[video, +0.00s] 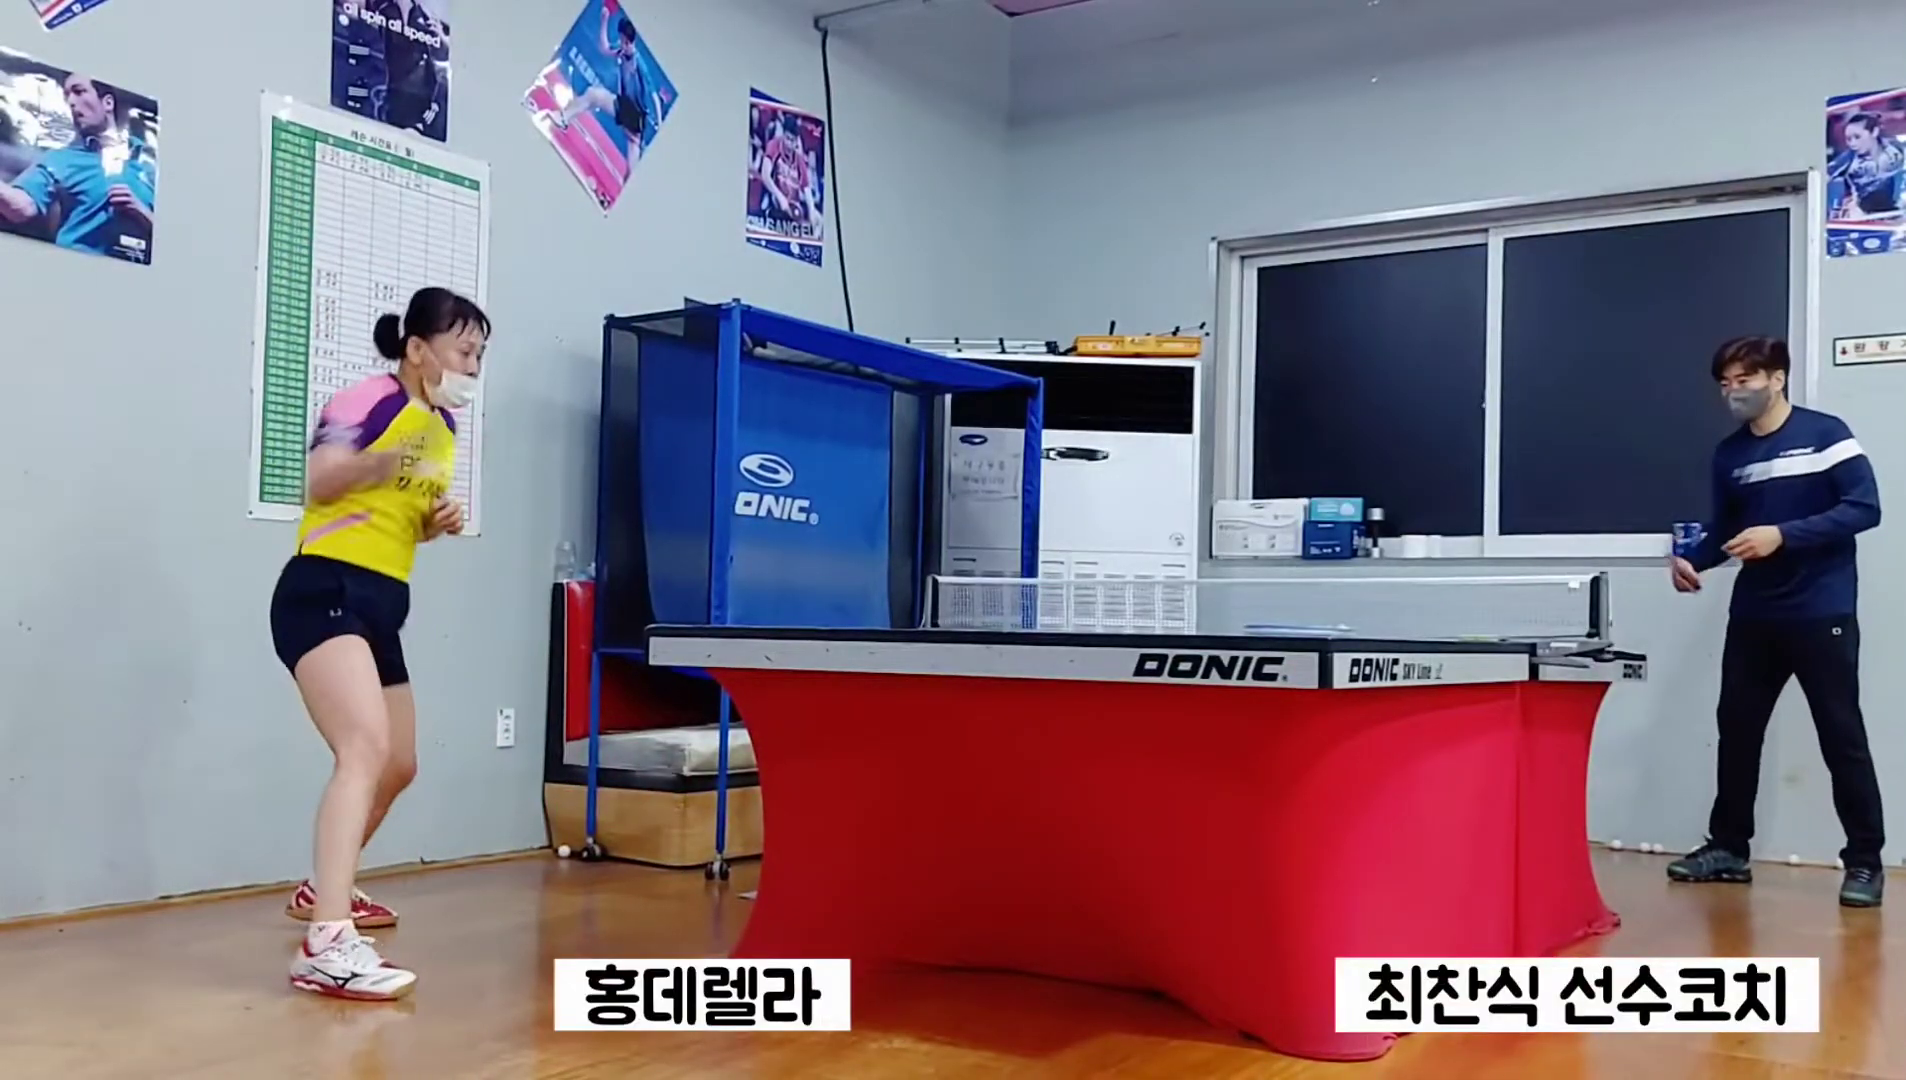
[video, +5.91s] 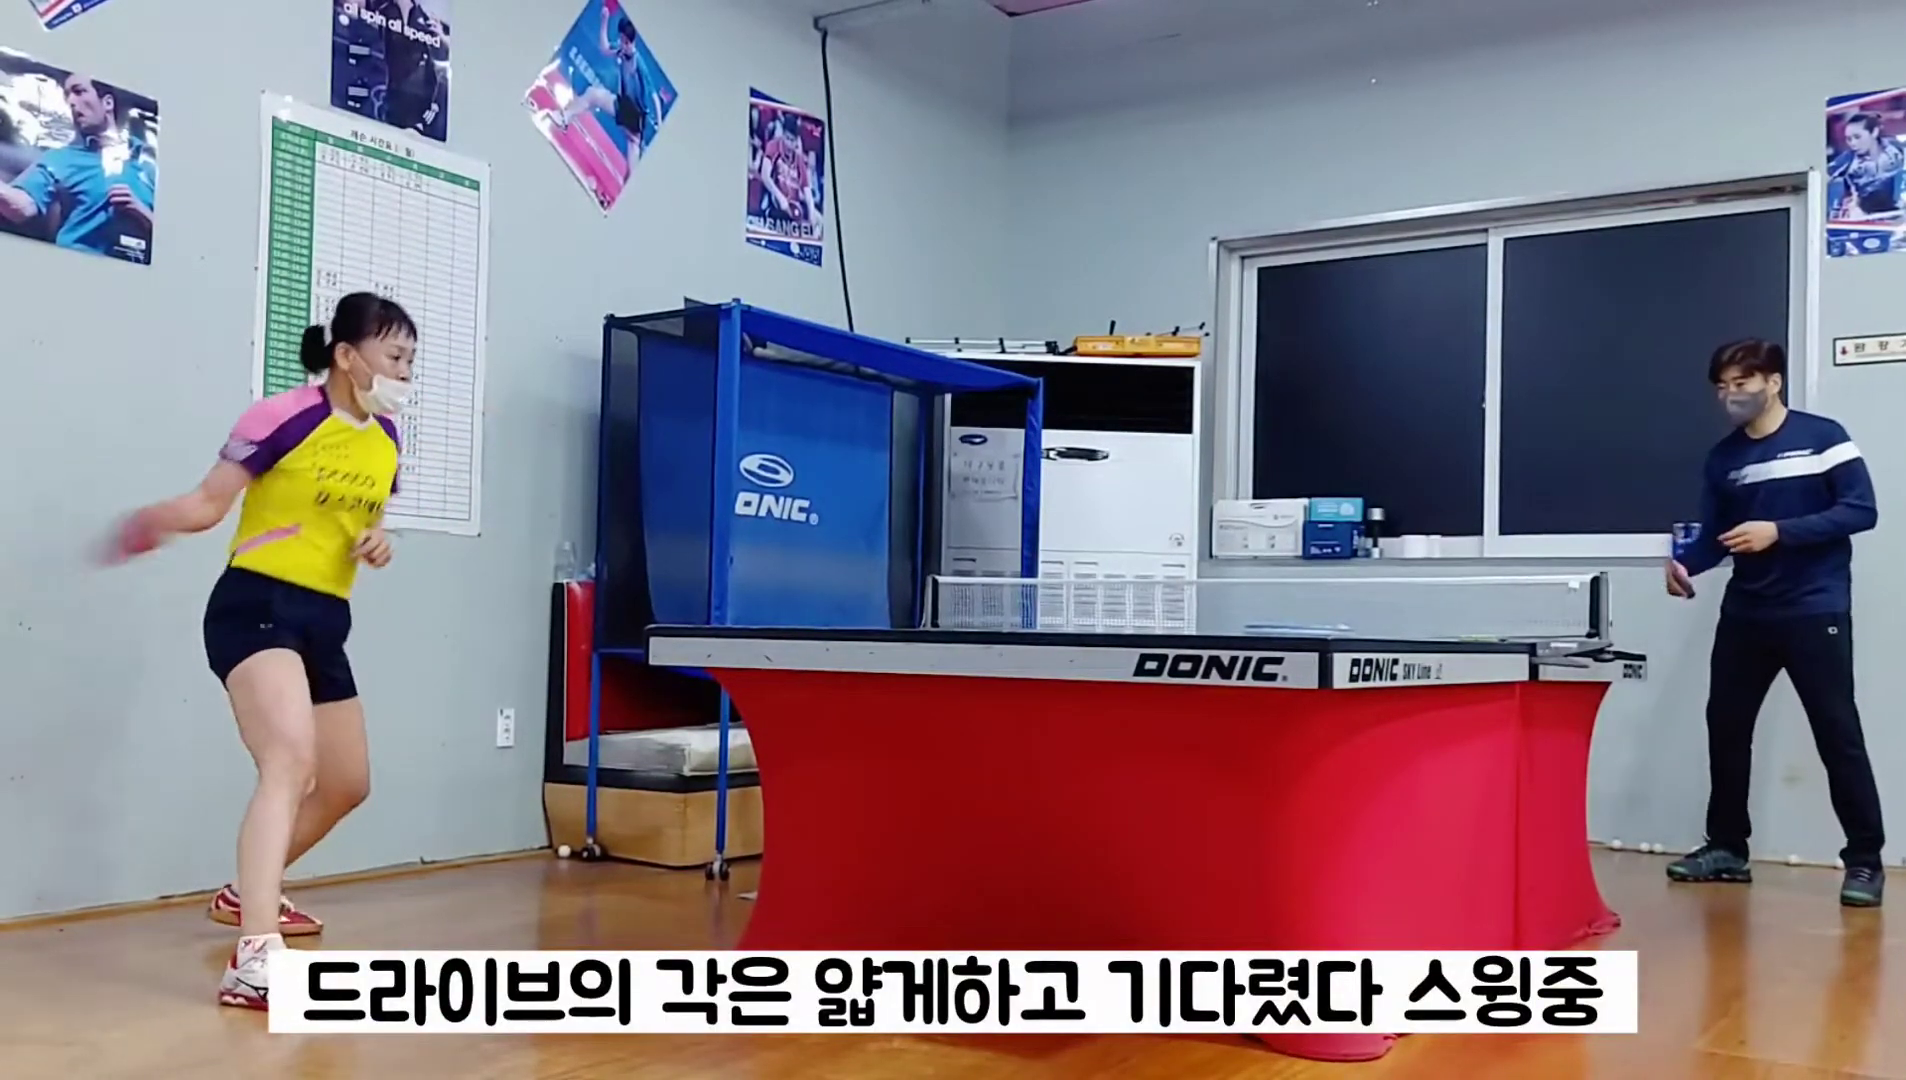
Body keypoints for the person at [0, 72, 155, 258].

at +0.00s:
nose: (71, 101)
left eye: (79, 91)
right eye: (67, 96)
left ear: (108, 103)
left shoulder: (149, 161)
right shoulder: (61, 159)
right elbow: (21, 207)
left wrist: (142, 213)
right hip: (75, 262)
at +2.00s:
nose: (70, 101)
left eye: (79, 91)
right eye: (67, 96)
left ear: (108, 102)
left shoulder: (150, 162)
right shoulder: (60, 159)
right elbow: (20, 208)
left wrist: (143, 213)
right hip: (74, 263)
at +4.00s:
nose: (70, 101)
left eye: (79, 91)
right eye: (67, 95)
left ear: (108, 103)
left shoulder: (149, 162)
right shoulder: (60, 159)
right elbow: (20, 207)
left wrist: (143, 212)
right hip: (75, 262)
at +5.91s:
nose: (71, 101)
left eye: (79, 91)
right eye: (67, 96)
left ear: (108, 103)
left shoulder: (149, 164)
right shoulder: (60, 158)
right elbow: (20, 207)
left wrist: (142, 212)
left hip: (134, 270)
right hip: (74, 261)